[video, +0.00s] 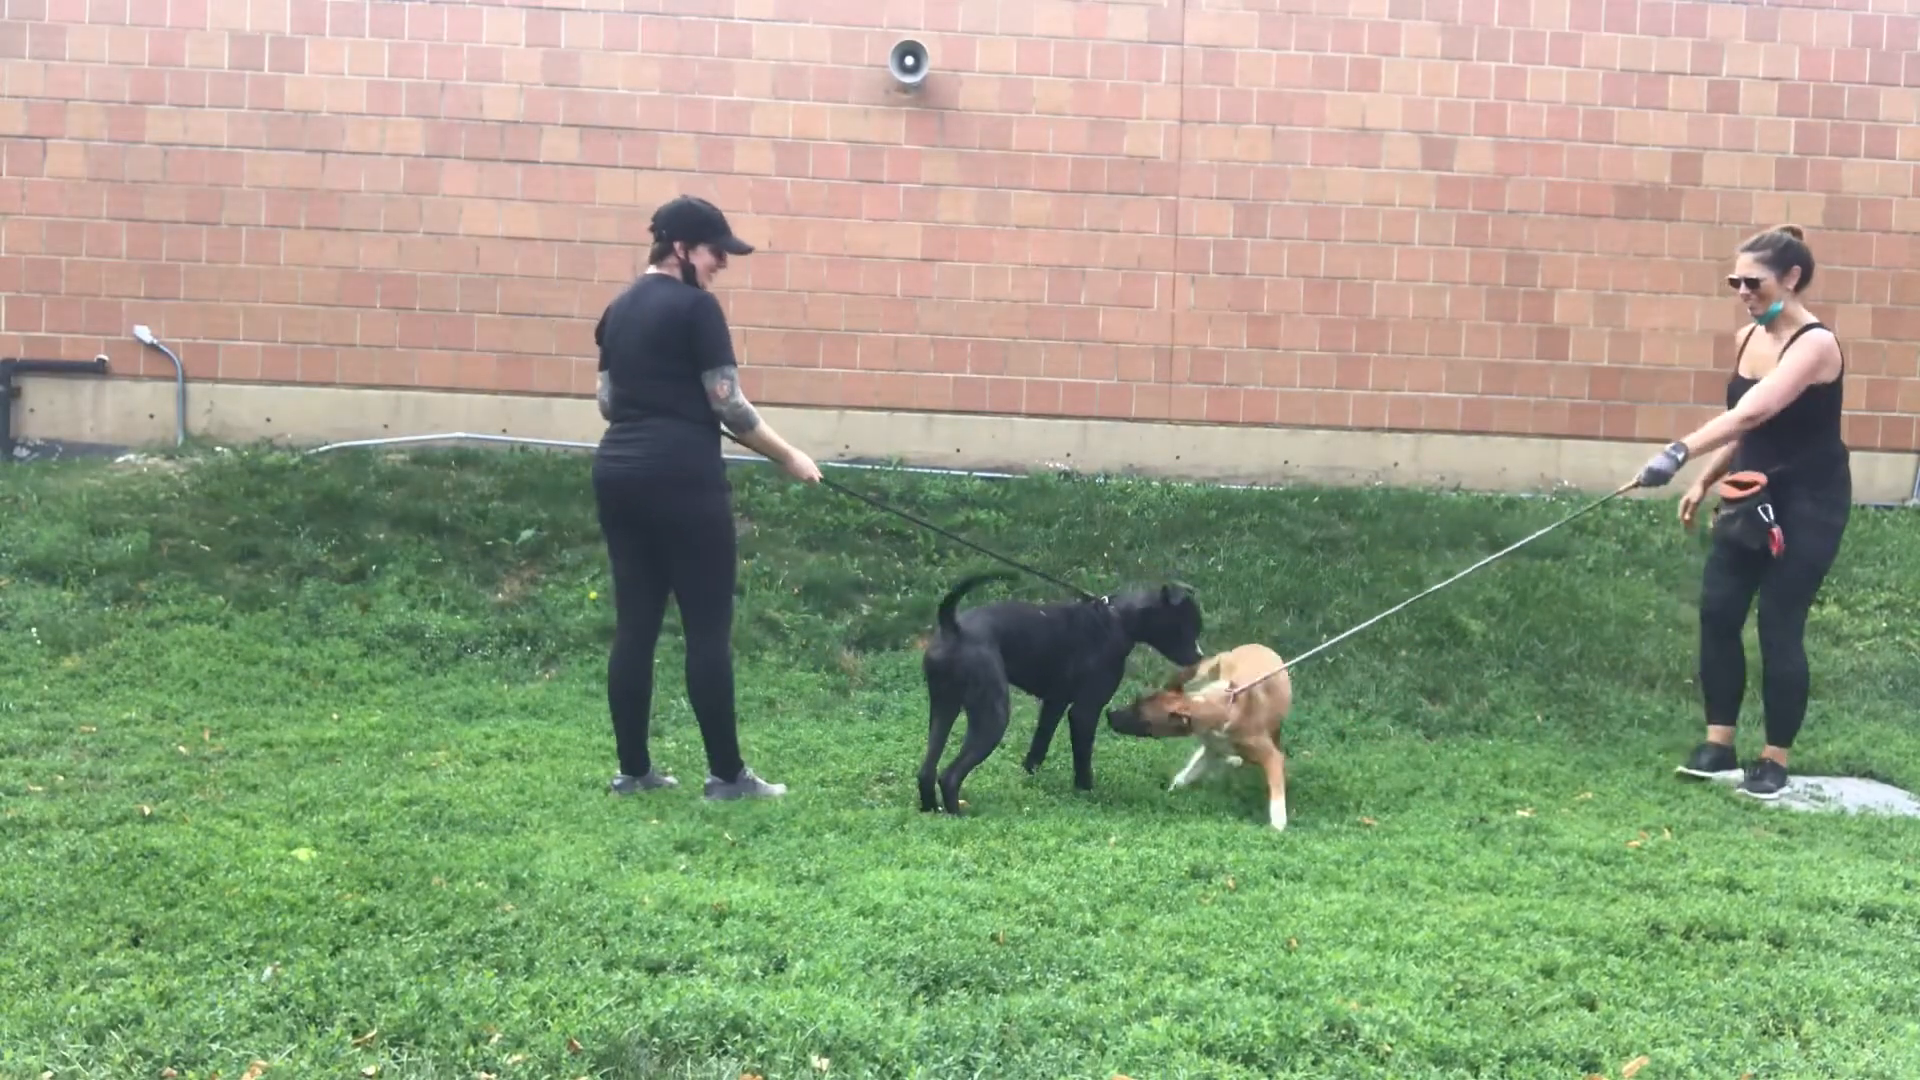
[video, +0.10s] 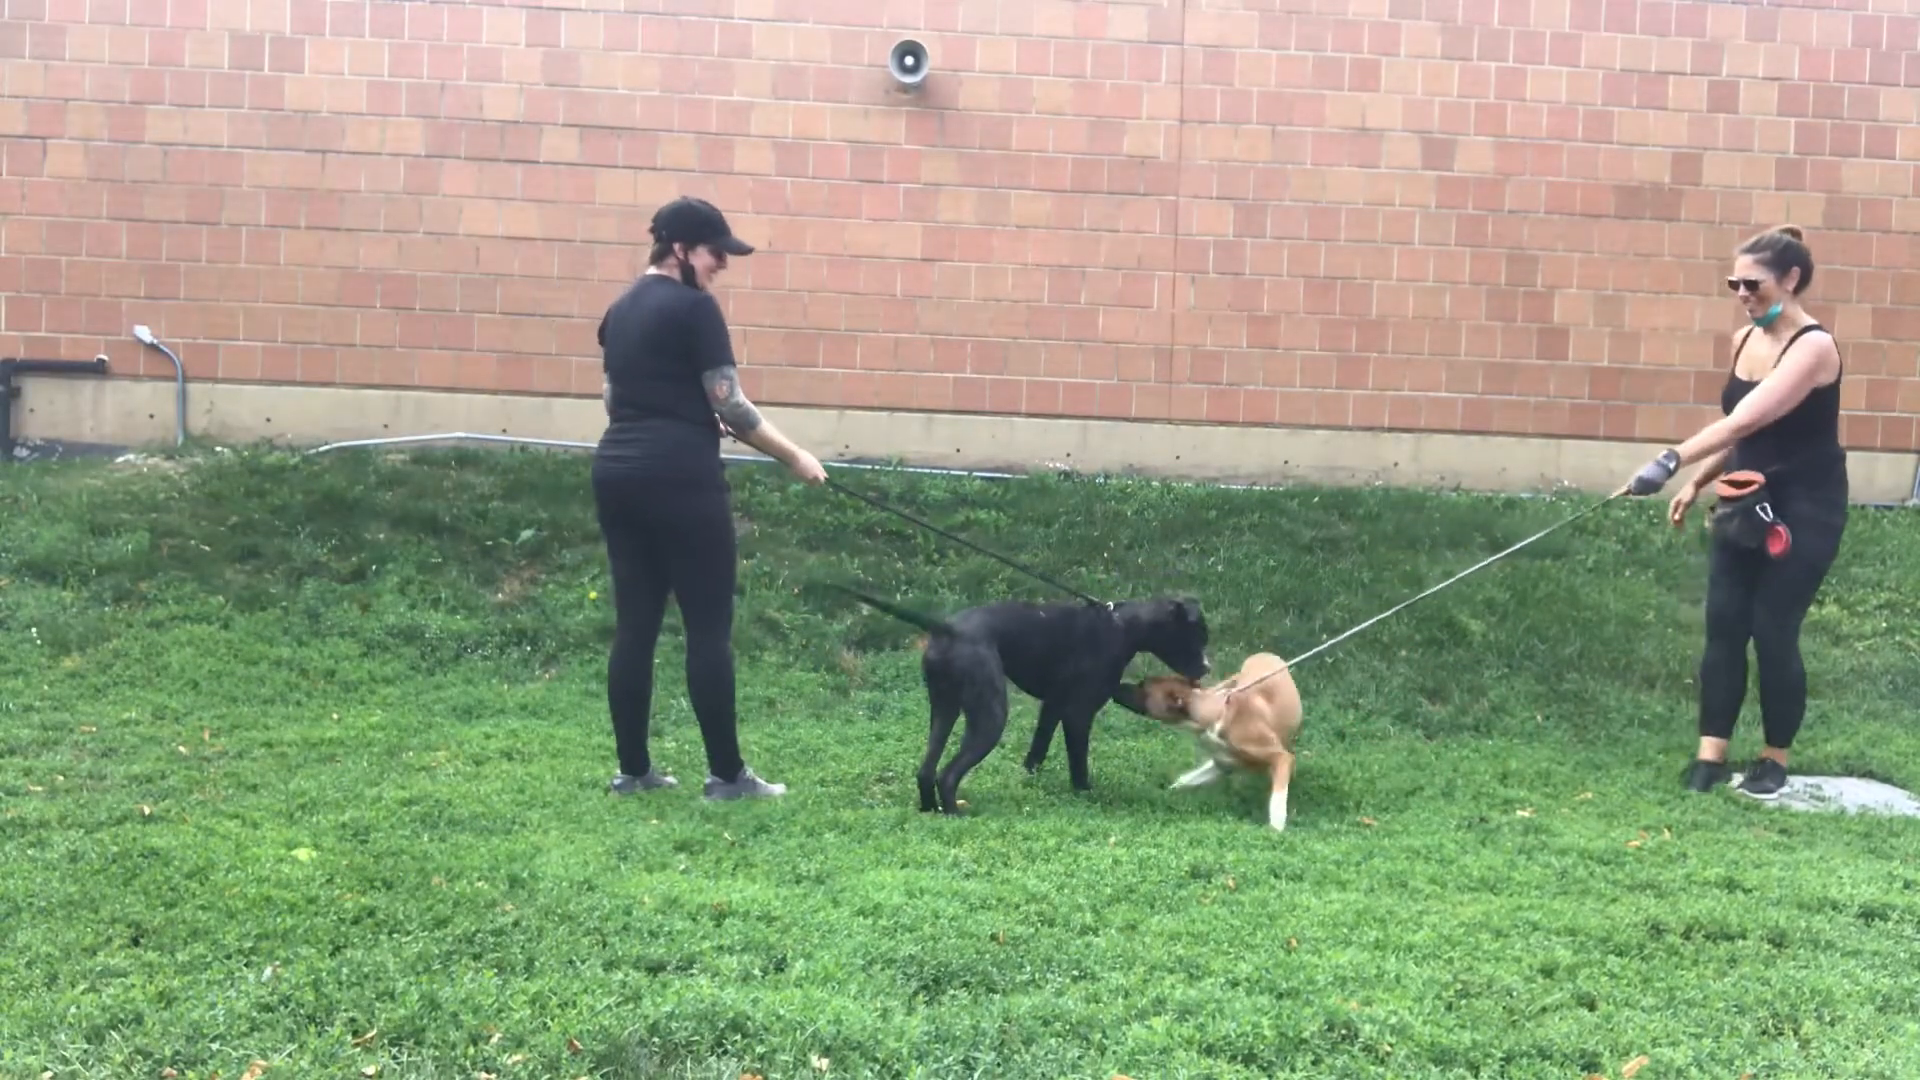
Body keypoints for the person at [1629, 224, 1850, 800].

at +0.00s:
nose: (1742, 294)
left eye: (1752, 284)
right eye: (1738, 284)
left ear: (1792, 277)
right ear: (1739, 281)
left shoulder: (1816, 344)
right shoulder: (1750, 336)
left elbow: (1750, 412)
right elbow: (1743, 422)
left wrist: (1677, 451)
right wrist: (1704, 481)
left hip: (1809, 501)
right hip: (1751, 493)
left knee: (1778, 619)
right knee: (1718, 611)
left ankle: (1774, 759)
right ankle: (1718, 744)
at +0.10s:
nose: (1742, 295)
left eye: (1751, 286)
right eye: (1737, 286)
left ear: (1791, 279)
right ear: (1738, 282)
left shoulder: (1814, 347)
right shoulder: (1746, 338)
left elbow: (1749, 417)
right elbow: (1741, 427)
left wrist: (1671, 459)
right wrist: (1697, 482)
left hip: (1805, 507)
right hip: (1746, 499)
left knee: (1773, 627)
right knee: (1723, 621)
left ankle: (1774, 758)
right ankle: (1710, 753)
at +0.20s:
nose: (1742, 299)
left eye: (1751, 288)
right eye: (1737, 289)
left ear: (1791, 281)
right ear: (1735, 286)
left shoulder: (1815, 349)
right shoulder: (1742, 344)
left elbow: (1760, 431)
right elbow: (1734, 431)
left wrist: (1682, 474)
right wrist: (1704, 484)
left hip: (1801, 510)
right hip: (1739, 503)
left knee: (1762, 631)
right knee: (1716, 627)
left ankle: (1776, 753)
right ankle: (1711, 760)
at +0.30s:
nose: (1742, 298)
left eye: (1752, 287)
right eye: (1736, 288)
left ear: (1793, 279)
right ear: (1735, 285)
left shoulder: (1818, 349)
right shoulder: (1740, 345)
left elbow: (1776, 440)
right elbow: (1729, 437)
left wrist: (1699, 477)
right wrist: (1704, 495)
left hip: (1798, 511)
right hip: (1736, 502)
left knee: (1760, 630)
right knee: (1709, 628)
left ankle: (1787, 743)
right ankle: (1709, 763)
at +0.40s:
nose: (1746, 293)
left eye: (1758, 282)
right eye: (1741, 282)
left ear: (1798, 276)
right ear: (1739, 278)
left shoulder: (1827, 345)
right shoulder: (1741, 342)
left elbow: (1790, 441)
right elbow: (1730, 434)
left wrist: (1707, 476)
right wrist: (1704, 502)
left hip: (1802, 508)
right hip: (1739, 498)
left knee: (1767, 625)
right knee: (1710, 629)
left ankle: (1812, 750)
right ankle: (1711, 762)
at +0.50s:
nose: (1756, 289)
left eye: (1766, 279)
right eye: (1752, 279)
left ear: (1809, 272)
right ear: (1753, 275)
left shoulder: (1838, 344)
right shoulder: (1749, 338)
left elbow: (1799, 439)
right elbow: (1735, 432)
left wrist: (1714, 469)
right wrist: (1709, 502)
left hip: (1808, 505)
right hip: (1744, 497)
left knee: (1791, 629)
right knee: (1718, 630)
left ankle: (1842, 771)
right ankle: (1713, 765)